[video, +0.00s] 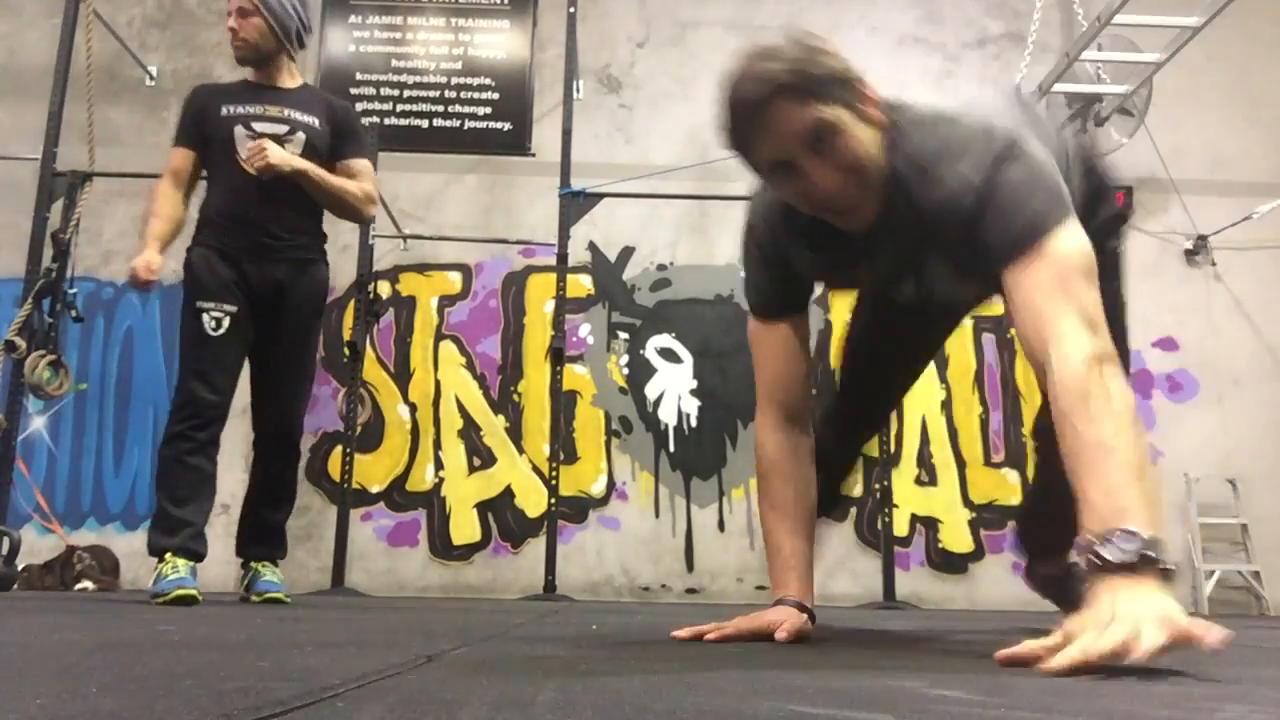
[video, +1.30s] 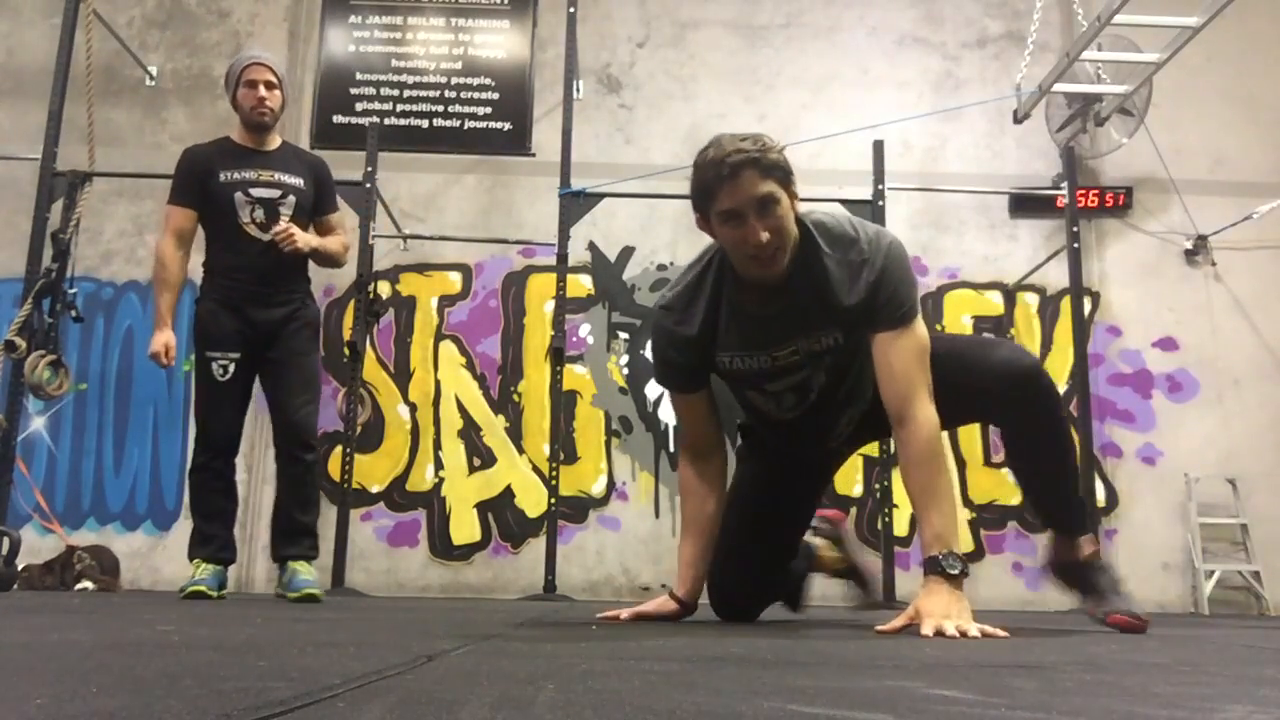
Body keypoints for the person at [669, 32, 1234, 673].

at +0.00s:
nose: (819, 181)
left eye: (824, 141)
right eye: (784, 171)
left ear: (868, 105)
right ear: (765, 179)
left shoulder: (989, 164)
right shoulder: (777, 230)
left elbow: (1082, 357)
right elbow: (782, 417)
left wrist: (1128, 567)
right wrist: (789, 596)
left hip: (1064, 212)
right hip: (926, 247)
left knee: (1084, 390)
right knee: (850, 409)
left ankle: (1059, 562)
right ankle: (814, 486)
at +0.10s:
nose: (880, 208)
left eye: (888, 170)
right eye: (845, 193)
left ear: (923, 141)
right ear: (815, 197)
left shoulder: (1026, 204)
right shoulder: (797, 260)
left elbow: (1086, 383)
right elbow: (788, 437)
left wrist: (1056, 551)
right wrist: (793, 599)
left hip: (1008, 304)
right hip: (883, 334)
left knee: (1124, 408)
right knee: (798, 456)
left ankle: (1070, 560)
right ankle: (728, 529)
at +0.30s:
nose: (914, 245)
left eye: (925, 216)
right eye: (885, 229)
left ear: (949, 197)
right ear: (849, 227)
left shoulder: (1019, 253)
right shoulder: (817, 302)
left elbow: (1068, 418)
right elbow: (802, 462)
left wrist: (1001, 555)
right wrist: (790, 594)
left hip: (980, 369)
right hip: (866, 393)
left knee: (1086, 385)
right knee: (787, 516)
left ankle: (1041, 574)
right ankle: (716, 557)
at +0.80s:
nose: (855, 259)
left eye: (870, 236)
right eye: (835, 241)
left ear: (894, 235)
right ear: (806, 246)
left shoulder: (947, 299)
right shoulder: (761, 331)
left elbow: (993, 450)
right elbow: (763, 444)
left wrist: (995, 585)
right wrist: (792, 531)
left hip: (917, 420)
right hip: (816, 441)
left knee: (1028, 373)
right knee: (742, 598)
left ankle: (1033, 588)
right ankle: (723, 580)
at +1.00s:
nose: (798, 263)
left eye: (809, 238)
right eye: (775, 248)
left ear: (836, 229)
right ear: (750, 256)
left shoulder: (905, 289)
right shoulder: (723, 336)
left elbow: (951, 441)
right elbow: (730, 448)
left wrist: (946, 576)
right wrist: (725, 543)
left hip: (890, 405)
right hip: (792, 441)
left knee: (1024, 374)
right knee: (740, 602)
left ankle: (1034, 590)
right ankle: (723, 586)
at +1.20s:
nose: (764, 236)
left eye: (774, 212)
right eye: (741, 222)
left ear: (802, 203)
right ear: (718, 231)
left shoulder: (876, 265)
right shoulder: (694, 320)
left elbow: (924, 425)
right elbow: (706, 458)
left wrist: (942, 577)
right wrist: (678, 580)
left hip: (878, 386)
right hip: (783, 437)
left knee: (1030, 374)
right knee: (736, 601)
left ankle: (1041, 577)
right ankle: (763, 563)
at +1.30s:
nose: (758, 232)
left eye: (769, 208)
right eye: (734, 219)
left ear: (793, 197)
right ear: (705, 226)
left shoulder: (867, 257)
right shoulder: (683, 319)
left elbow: (916, 420)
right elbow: (701, 458)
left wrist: (944, 577)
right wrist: (681, 591)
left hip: (877, 378)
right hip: (786, 438)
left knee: (1019, 378)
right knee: (735, 598)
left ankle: (1076, 551)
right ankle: (822, 550)